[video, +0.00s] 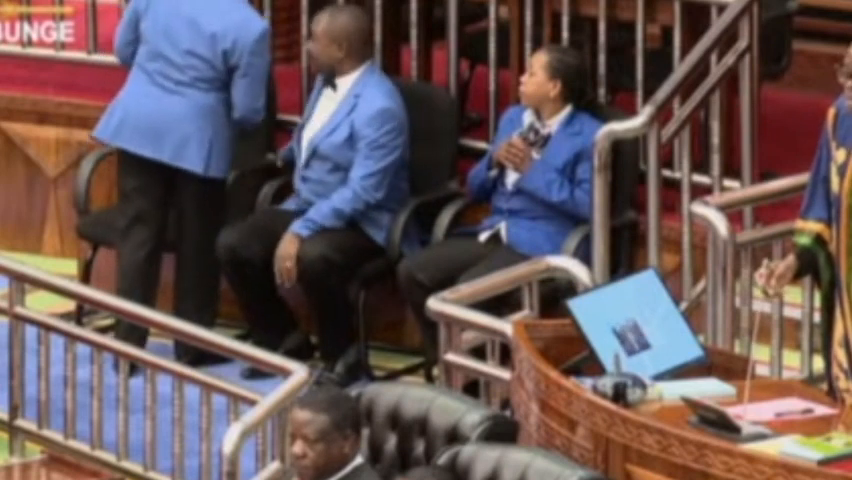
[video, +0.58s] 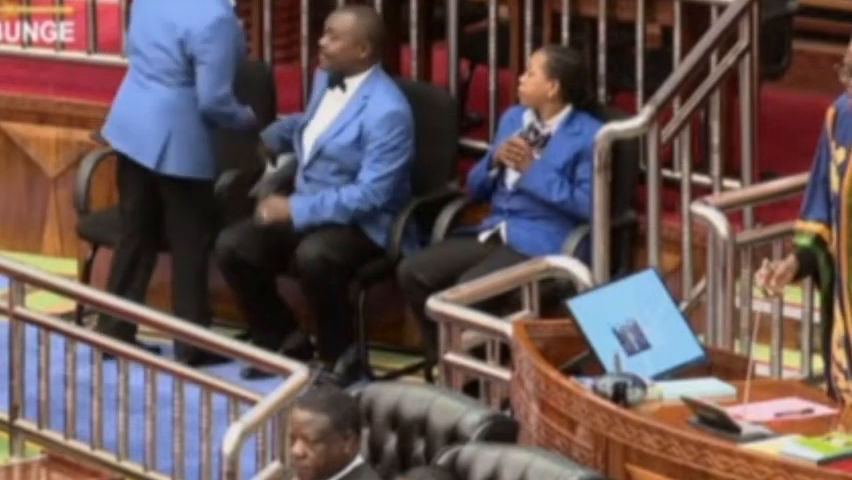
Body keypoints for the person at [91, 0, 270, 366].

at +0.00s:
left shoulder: (152, 3)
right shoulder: (250, 26)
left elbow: (124, 50)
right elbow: (246, 109)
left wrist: (159, 69)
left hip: (138, 129)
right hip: (199, 141)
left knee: (137, 237)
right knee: (197, 246)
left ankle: (128, 349)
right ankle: (191, 349)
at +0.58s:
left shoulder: (146, 4)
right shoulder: (215, 17)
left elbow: (133, 50)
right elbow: (212, 100)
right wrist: (247, 118)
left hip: (131, 126)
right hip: (180, 139)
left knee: (136, 235)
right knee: (191, 244)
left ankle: (114, 333)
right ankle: (190, 344)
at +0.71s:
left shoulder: (145, 6)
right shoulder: (181, 11)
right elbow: (170, 88)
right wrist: (222, 117)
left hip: (132, 137)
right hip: (167, 145)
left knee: (134, 242)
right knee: (181, 247)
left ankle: (113, 333)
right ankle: (191, 343)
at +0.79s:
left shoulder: (145, 6)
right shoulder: (181, 11)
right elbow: (170, 88)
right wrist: (222, 117)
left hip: (132, 137)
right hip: (167, 145)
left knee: (134, 242)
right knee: (181, 248)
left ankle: (113, 333)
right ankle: (191, 343)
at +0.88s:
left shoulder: (176, 10)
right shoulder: (143, 9)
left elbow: (185, 74)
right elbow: (125, 83)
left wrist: (204, 101)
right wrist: (186, 119)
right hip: (142, 149)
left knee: (123, 247)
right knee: (167, 250)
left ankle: (111, 334)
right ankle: (189, 343)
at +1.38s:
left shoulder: (176, 7)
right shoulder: (103, 9)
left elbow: (177, 60)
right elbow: (75, 80)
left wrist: (187, 106)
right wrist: (133, 126)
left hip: (148, 146)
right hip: (106, 147)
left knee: (128, 241)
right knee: (125, 243)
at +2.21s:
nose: (195, 23)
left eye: (200, 15)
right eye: (188, 15)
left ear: (205, 8)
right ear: (163, 6)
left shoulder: (208, 22)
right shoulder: (116, 30)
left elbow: (212, 90)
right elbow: (88, 100)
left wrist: (219, 155)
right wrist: (132, 157)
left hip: (172, 143)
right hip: (115, 144)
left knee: (179, 227)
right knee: (132, 241)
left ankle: (150, 321)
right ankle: (146, 335)